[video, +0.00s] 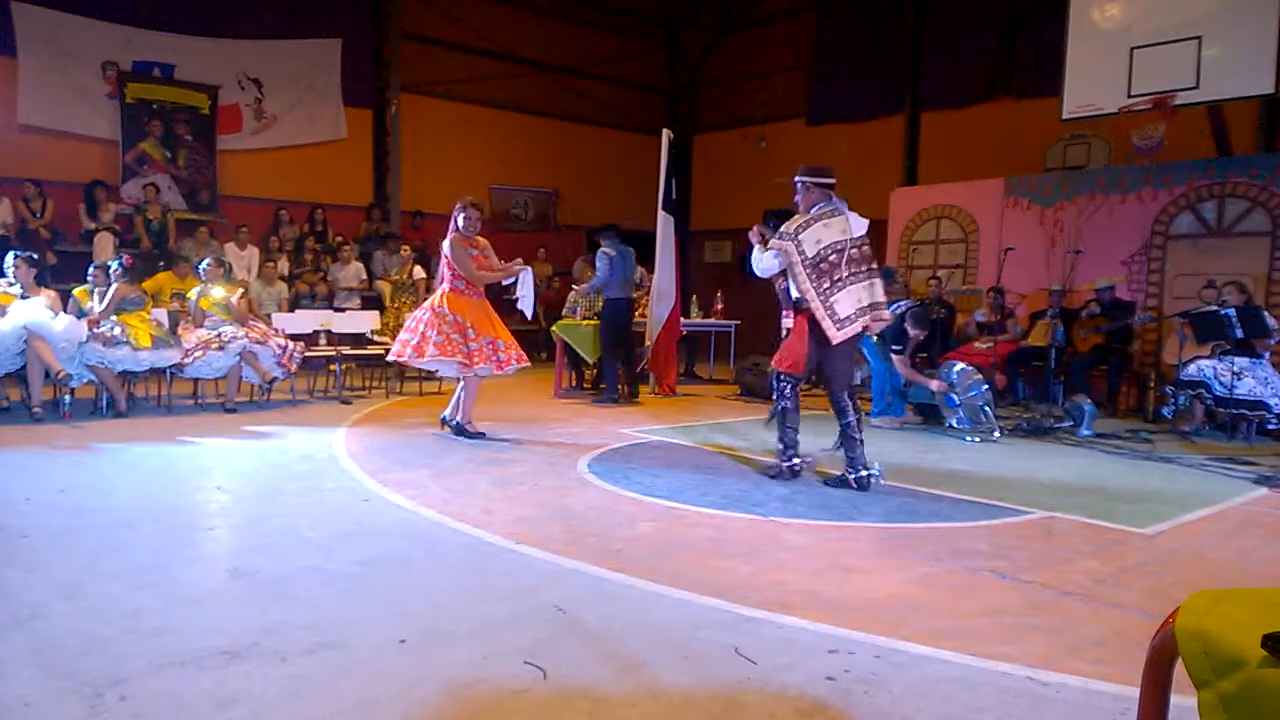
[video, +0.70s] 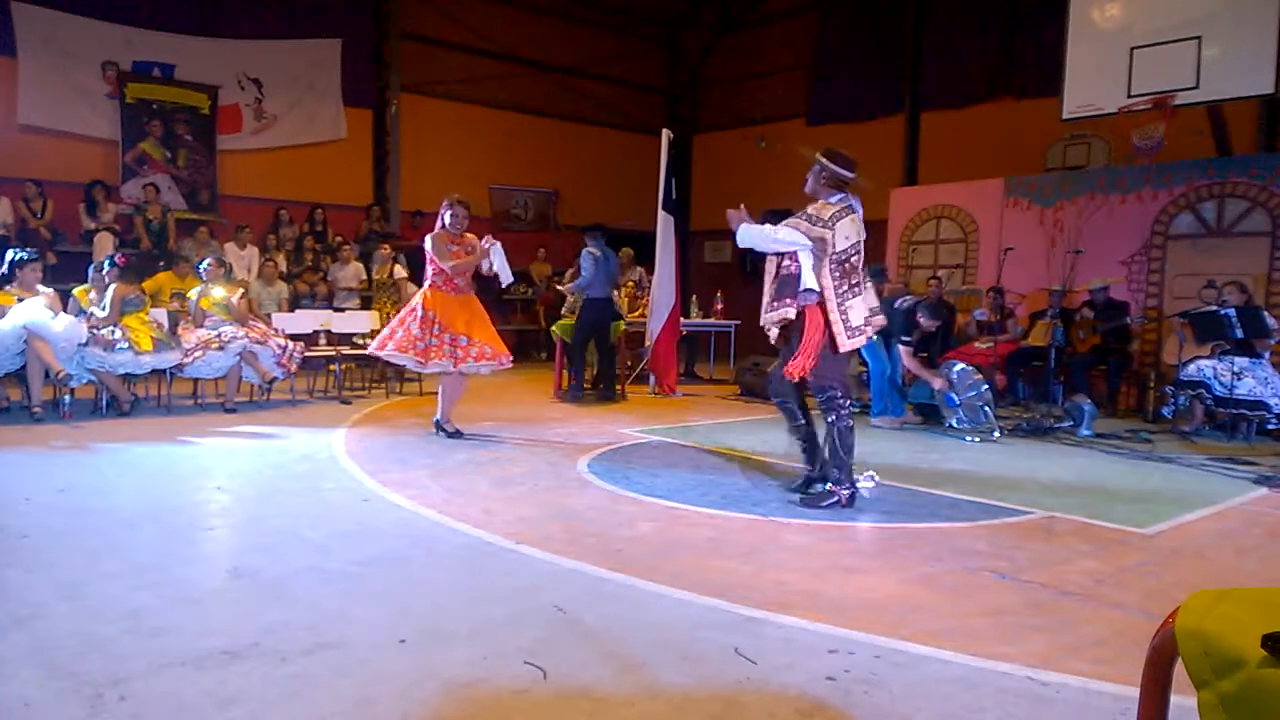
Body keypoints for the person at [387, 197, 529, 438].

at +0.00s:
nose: (471, 223)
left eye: (475, 219)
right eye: (466, 218)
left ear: (481, 221)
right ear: (456, 219)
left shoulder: (482, 243)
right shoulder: (453, 243)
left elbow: (496, 267)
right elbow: (475, 277)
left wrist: (514, 267)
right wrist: (508, 272)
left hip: (474, 306)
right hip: (454, 306)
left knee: (477, 363)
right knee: (477, 364)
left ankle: (451, 413)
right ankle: (464, 420)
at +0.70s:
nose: (458, 221)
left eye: (463, 217)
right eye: (453, 216)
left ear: (467, 220)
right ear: (443, 217)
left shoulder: (471, 241)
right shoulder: (434, 239)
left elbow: (485, 270)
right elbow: (450, 267)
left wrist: (488, 253)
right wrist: (480, 255)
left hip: (463, 305)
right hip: (440, 305)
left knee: (461, 367)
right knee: (449, 366)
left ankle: (444, 417)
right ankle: (443, 418)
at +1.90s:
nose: (467, 206)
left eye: (470, 202)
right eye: (462, 202)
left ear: (476, 207)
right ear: (452, 205)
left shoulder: (481, 234)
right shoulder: (440, 229)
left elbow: (470, 230)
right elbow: (424, 223)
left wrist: (451, 202)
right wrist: (432, 197)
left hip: (470, 297)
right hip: (442, 295)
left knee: (465, 364)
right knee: (445, 363)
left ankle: (461, 420)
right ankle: (448, 420)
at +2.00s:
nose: (470, 205)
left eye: (473, 201)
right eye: (464, 202)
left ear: (478, 207)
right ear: (453, 207)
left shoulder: (482, 235)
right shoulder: (441, 230)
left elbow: (470, 231)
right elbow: (424, 224)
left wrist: (454, 207)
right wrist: (431, 201)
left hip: (470, 298)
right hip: (442, 296)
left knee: (465, 365)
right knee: (445, 364)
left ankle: (461, 420)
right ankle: (448, 420)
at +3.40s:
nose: (464, 206)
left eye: (469, 202)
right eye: (460, 202)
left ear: (478, 209)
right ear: (453, 208)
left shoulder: (484, 238)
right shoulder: (443, 231)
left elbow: (475, 227)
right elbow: (425, 223)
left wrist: (453, 202)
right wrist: (434, 199)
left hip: (471, 298)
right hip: (442, 296)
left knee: (467, 364)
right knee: (445, 363)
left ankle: (461, 420)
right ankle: (447, 420)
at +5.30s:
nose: (452, 211)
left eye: (457, 207)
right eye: (447, 207)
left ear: (466, 210)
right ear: (440, 210)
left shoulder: (477, 232)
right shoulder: (438, 239)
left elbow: (502, 259)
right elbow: (455, 262)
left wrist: (498, 236)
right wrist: (485, 241)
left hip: (469, 302)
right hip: (444, 303)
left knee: (463, 365)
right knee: (444, 366)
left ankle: (458, 421)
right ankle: (446, 421)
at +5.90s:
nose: (457, 207)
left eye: (462, 202)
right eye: (453, 202)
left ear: (470, 207)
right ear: (445, 206)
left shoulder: (477, 233)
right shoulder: (439, 235)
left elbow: (502, 257)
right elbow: (458, 256)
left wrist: (493, 228)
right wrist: (482, 233)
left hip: (469, 302)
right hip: (443, 301)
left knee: (462, 364)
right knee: (443, 365)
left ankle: (458, 421)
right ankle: (446, 421)